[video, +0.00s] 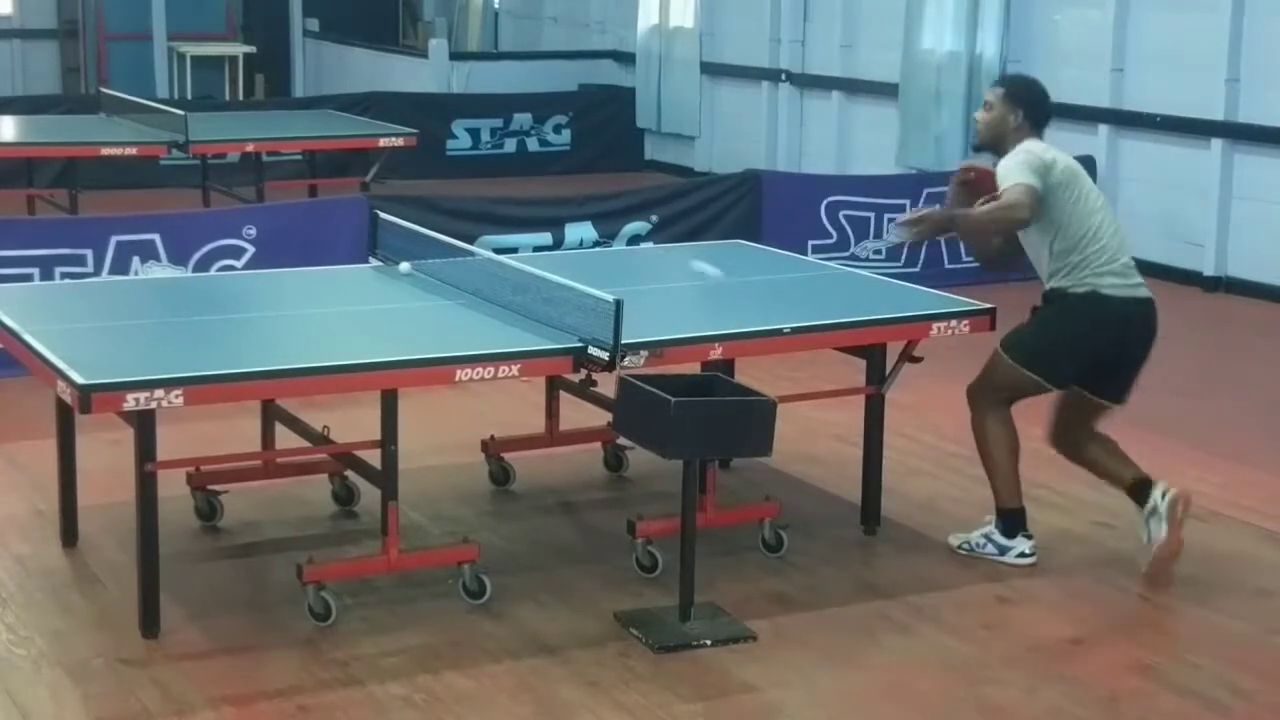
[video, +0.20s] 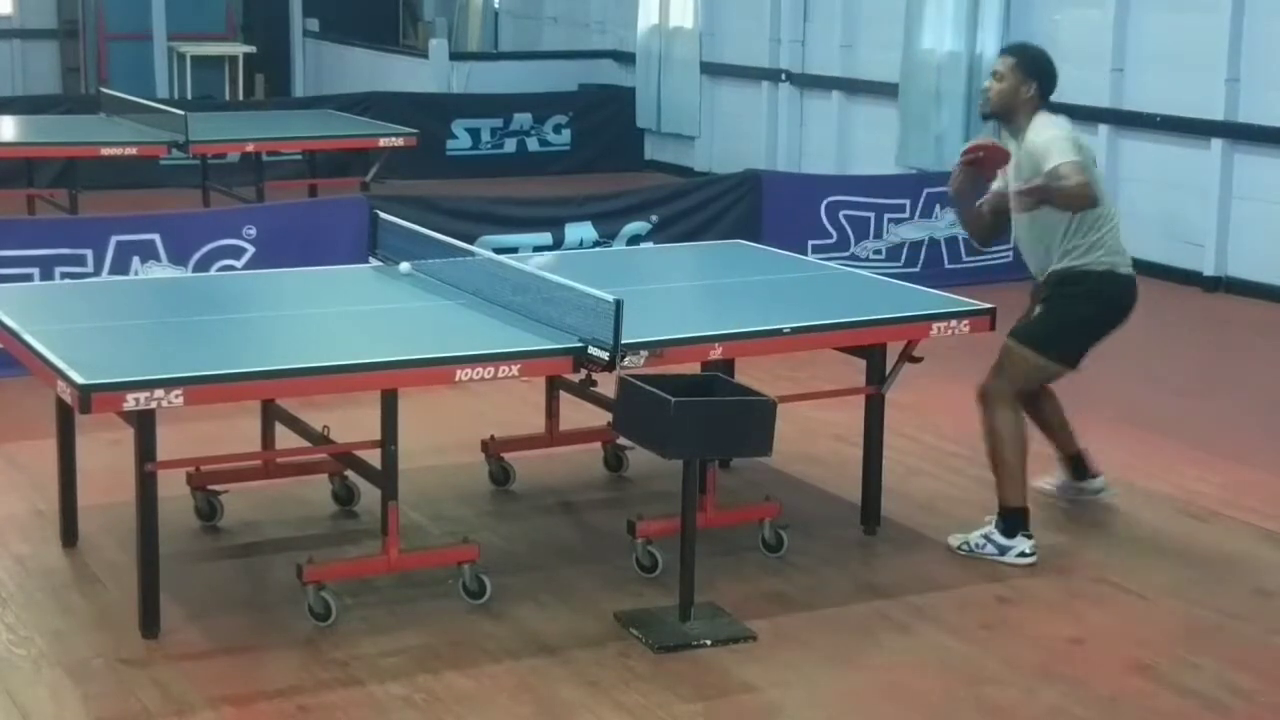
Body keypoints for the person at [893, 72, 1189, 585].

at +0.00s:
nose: (978, 116)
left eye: (987, 108)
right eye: (981, 107)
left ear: (1014, 116)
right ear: (1026, 121)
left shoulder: (1023, 157)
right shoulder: (1057, 167)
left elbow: (1019, 210)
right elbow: (990, 253)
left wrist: (945, 220)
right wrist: (964, 210)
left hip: (1086, 309)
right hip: (1135, 314)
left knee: (986, 396)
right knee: (1071, 432)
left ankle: (1010, 533)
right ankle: (1152, 498)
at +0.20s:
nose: (987, 85)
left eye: (998, 78)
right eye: (989, 77)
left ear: (1029, 89)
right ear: (1014, 90)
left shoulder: (1047, 132)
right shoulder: (1018, 153)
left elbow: (1084, 194)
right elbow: (984, 232)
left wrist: (1027, 196)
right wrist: (962, 198)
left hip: (1093, 280)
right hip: (1069, 280)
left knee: (997, 391)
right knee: (1022, 382)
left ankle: (1012, 529)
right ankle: (1081, 474)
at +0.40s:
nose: (1010, 41)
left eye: (1021, 33)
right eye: (1010, 32)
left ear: (1053, 44)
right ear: (1015, 44)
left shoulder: (1085, 101)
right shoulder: (1012, 106)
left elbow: (1146, 170)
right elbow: (1028, 185)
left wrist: (1093, 186)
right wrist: (1000, 172)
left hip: (1102, 240)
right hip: (1051, 243)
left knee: (1062, 353)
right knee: (1013, 341)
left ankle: (1102, 493)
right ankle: (1072, 444)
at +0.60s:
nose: (1024, 77)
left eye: (1035, 69)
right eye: (1024, 67)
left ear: (1068, 75)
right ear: (1034, 73)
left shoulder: (1113, 133)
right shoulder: (1025, 131)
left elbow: (1156, 204)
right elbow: (1029, 201)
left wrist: (1097, 230)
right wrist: (997, 206)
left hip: (1109, 269)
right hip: (1048, 265)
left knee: (1118, 383)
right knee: (1009, 346)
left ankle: (1198, 482)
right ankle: (1034, 432)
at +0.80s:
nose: (1024, 96)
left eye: (1034, 87)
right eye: (1023, 87)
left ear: (1068, 90)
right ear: (1028, 89)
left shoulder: (1115, 135)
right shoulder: (1037, 144)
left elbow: (1164, 204)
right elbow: (1042, 215)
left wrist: (1094, 228)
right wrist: (1006, 222)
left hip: (1150, 255)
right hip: (1092, 259)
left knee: (1148, 365)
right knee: (1030, 340)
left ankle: (1226, 481)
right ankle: (1045, 430)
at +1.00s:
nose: (1035, 131)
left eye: (1046, 122)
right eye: (1035, 121)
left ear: (1079, 124)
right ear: (1044, 123)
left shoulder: (1126, 167)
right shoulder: (1055, 177)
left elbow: (1173, 242)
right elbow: (1069, 251)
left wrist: (1100, 254)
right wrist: (1026, 247)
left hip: (1171, 284)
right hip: (1114, 287)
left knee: (1171, 391)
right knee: (1046, 362)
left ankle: (1249, 506)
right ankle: (1072, 441)